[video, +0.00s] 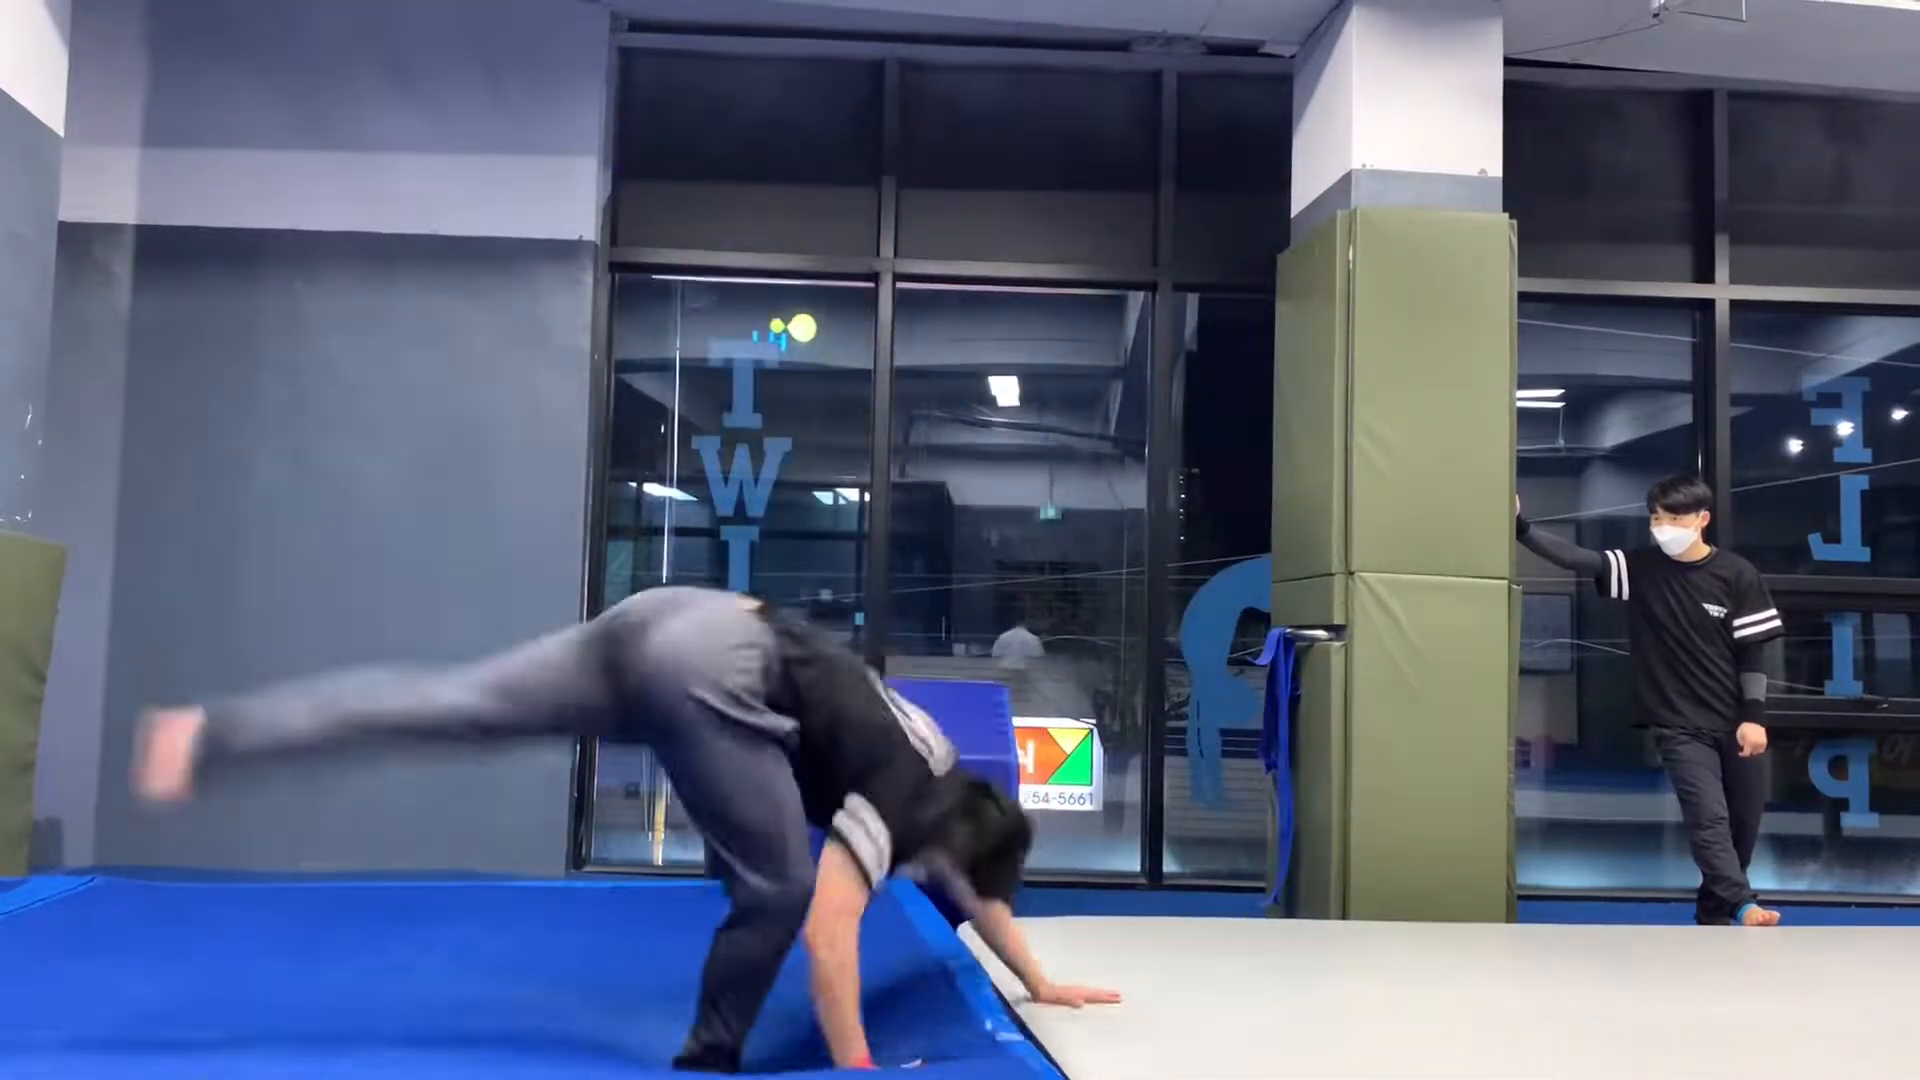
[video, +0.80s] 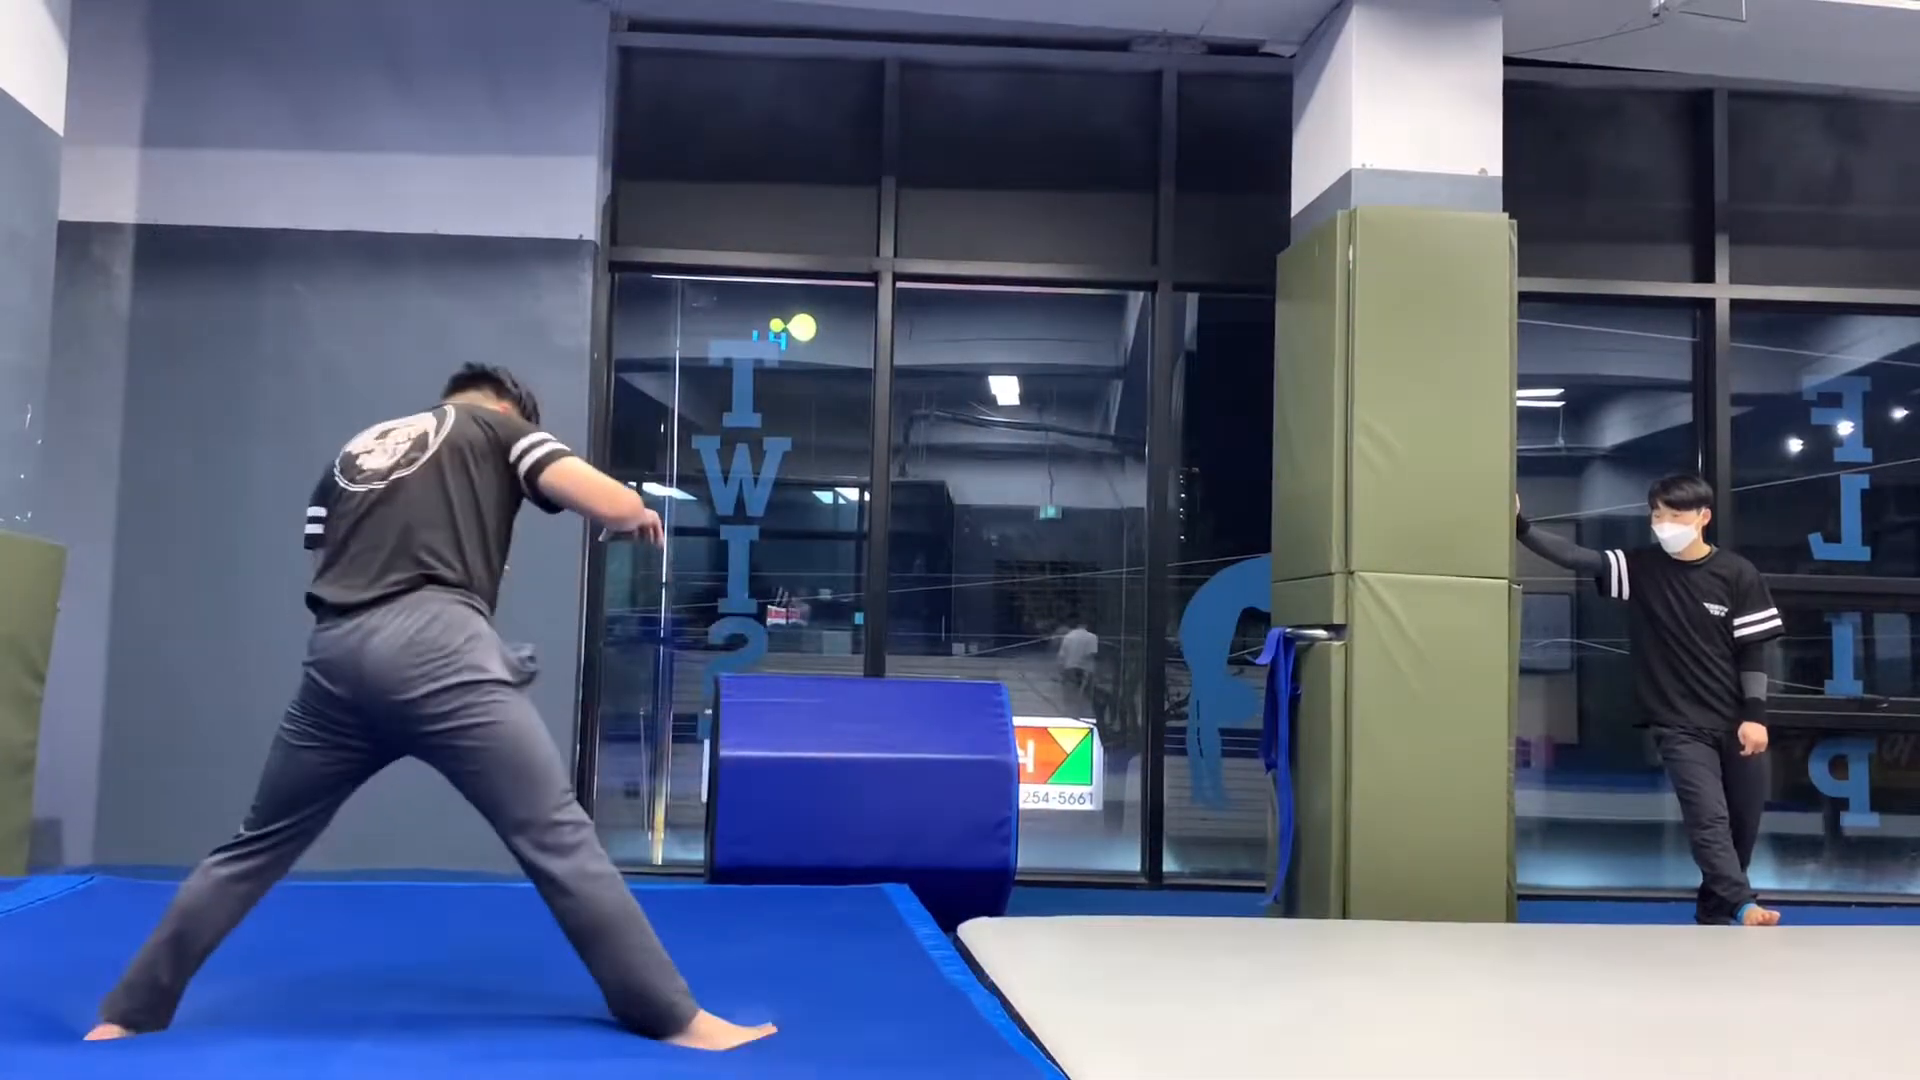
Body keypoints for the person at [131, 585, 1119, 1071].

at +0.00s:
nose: (968, 899)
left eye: (977, 890)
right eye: (971, 884)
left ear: (972, 806)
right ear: (961, 840)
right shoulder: (898, 802)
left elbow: (975, 895)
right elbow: (825, 917)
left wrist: (1042, 985)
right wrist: (856, 1055)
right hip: (713, 666)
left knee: (457, 702)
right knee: (779, 888)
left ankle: (210, 731)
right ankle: (710, 1059)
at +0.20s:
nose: (799, 687)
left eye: (808, 681)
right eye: (810, 673)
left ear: (760, 653)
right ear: (800, 637)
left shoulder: (674, 656)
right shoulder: (768, 611)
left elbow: (685, 785)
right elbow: (849, 691)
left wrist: (795, 833)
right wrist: (926, 810)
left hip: (483, 662)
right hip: (570, 673)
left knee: (354, 877)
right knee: (716, 877)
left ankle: (216, 1061)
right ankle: (696, 1051)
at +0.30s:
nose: (723, 614)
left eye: (724, 608)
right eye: (727, 597)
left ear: (647, 530)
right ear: (714, 548)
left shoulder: (582, 552)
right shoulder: (701, 540)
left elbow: (533, 699)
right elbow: (788, 622)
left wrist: (648, 771)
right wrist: (870, 742)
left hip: (435, 623)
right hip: (526, 641)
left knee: (333, 821)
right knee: (637, 849)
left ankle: (180, 966)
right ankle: (680, 1049)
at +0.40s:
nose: (674, 526)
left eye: (678, 516)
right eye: (674, 512)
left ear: (601, 467)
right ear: (656, 488)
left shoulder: (522, 488)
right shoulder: (633, 490)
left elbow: (487, 594)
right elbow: (713, 581)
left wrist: (577, 687)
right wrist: (775, 667)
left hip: (397, 610)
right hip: (489, 617)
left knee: (296, 810)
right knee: (593, 844)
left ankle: (142, 971)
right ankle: (663, 1036)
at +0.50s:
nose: (589, 486)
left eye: (588, 477)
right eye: (591, 473)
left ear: (525, 437)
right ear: (573, 451)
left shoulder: (439, 468)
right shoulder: (556, 458)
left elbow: (406, 602)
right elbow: (651, 559)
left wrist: (510, 641)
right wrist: (704, 607)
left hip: (346, 649)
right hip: (438, 646)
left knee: (253, 851)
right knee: (576, 844)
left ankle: (121, 1020)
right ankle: (667, 1036)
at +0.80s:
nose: (526, 440)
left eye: (520, 432)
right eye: (525, 429)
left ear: (451, 401)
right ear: (510, 413)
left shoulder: (364, 443)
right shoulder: (500, 423)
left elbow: (318, 549)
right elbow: (601, 501)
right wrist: (639, 515)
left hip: (336, 648)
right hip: (435, 633)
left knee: (254, 846)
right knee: (556, 834)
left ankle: (123, 1016)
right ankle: (674, 1018)